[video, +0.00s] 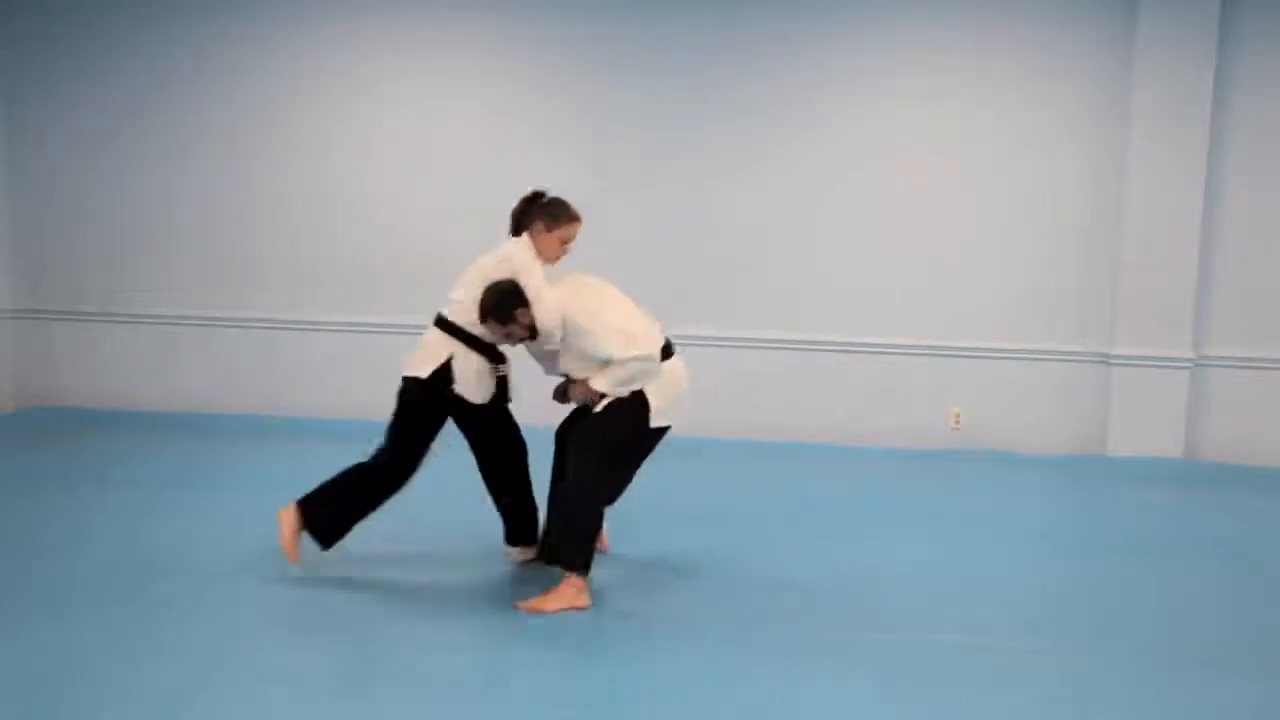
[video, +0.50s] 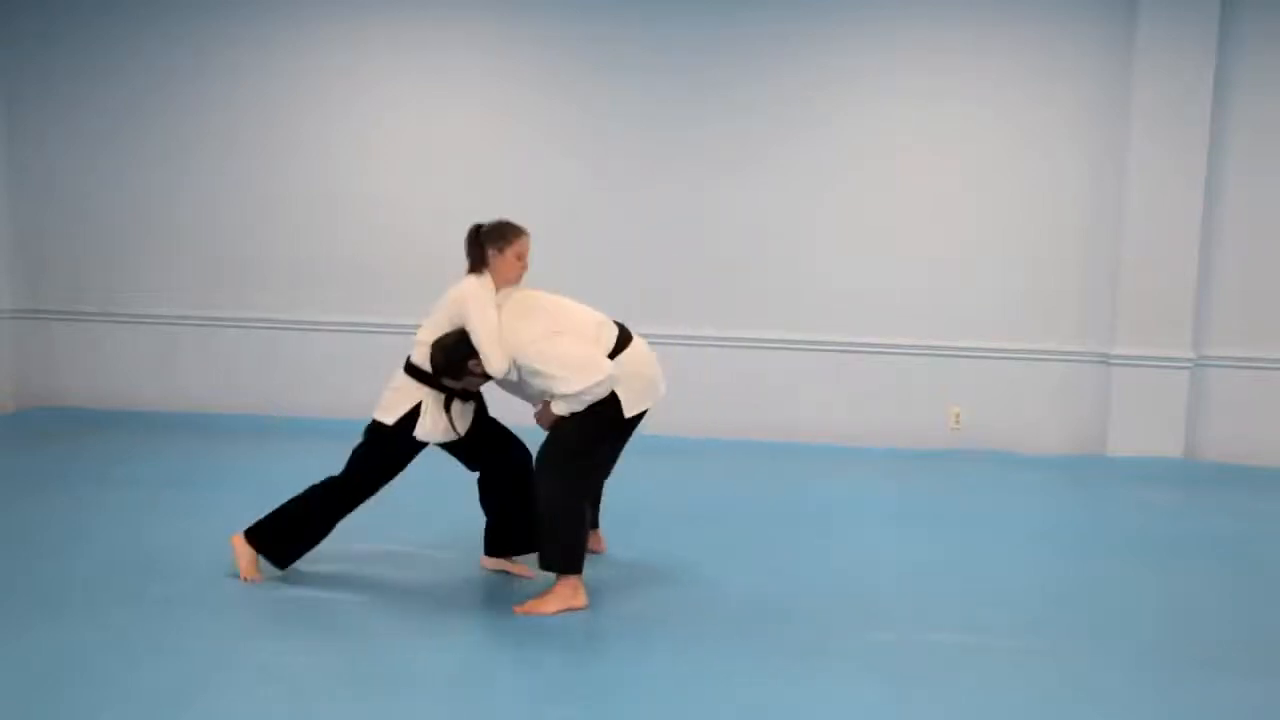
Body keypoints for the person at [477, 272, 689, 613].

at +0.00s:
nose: (502, 341)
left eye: (503, 334)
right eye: (497, 335)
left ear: (521, 318)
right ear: (518, 314)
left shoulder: (578, 315)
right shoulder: (538, 321)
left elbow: (647, 356)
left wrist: (596, 386)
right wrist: (573, 383)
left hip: (654, 382)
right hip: (621, 378)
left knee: (587, 451)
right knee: (570, 435)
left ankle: (575, 581)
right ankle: (585, 527)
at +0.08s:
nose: (495, 365)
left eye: (492, 359)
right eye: (489, 360)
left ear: (506, 344)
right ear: (507, 338)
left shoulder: (560, 340)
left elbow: (629, 374)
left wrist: (577, 402)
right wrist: (569, 396)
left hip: (641, 397)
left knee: (563, 460)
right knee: (562, 440)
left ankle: (569, 584)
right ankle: (588, 530)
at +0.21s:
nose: (484, 402)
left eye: (480, 397)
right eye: (477, 398)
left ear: (488, 378)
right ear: (487, 369)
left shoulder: (532, 358)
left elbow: (600, 395)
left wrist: (557, 420)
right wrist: (551, 414)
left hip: (625, 408)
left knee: (545, 471)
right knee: (565, 455)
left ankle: (568, 586)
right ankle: (586, 532)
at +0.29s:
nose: (478, 407)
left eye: (473, 404)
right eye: (472, 405)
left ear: (479, 387)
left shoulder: (523, 364)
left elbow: (595, 396)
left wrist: (551, 419)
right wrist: (542, 414)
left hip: (622, 395)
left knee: (541, 469)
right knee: (565, 453)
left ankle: (567, 585)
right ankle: (585, 531)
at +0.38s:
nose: (470, 407)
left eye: (465, 403)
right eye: (463, 404)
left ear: (474, 385)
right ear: (475, 378)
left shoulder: (517, 361)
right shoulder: (502, 338)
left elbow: (591, 389)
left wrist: (547, 418)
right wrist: (538, 410)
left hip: (615, 392)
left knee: (545, 465)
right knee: (573, 457)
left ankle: (567, 583)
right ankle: (586, 531)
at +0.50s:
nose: (470, 390)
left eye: (465, 384)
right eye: (462, 386)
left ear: (474, 364)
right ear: (474, 358)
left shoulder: (520, 343)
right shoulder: (499, 316)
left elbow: (596, 380)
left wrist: (556, 409)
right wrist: (551, 399)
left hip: (622, 378)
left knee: (555, 465)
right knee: (581, 457)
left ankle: (569, 585)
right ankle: (588, 531)